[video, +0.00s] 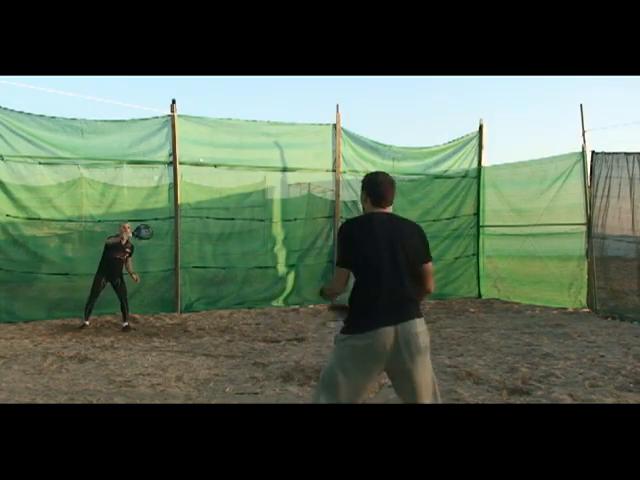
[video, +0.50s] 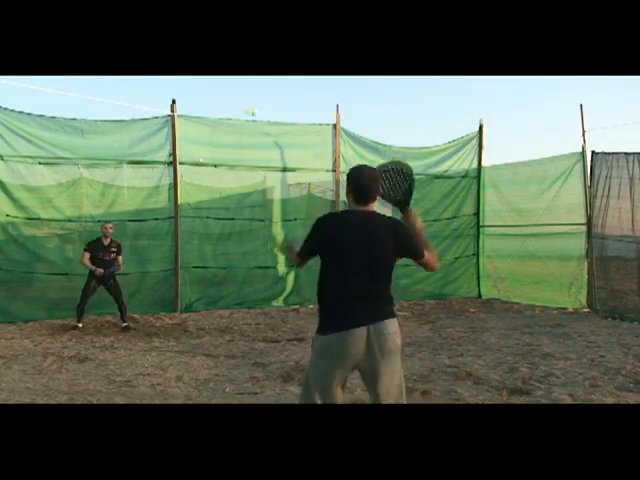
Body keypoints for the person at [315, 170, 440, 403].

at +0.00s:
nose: (361, 199)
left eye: (362, 195)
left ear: (365, 197)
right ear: (392, 199)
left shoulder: (350, 228)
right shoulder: (412, 229)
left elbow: (338, 286)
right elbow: (428, 285)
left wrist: (326, 291)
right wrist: (404, 300)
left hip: (367, 333)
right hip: (412, 331)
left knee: (330, 397)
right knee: (424, 399)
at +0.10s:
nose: (359, 198)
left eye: (360, 195)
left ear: (362, 197)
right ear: (390, 199)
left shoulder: (346, 229)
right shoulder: (409, 230)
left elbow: (324, 281)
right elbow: (426, 286)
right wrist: (405, 298)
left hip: (359, 334)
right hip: (406, 332)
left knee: (328, 399)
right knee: (421, 399)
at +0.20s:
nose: (354, 195)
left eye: (354, 191)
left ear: (356, 194)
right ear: (384, 196)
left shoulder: (337, 227)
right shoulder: (401, 229)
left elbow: (310, 272)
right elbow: (422, 286)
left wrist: (330, 231)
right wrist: (401, 296)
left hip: (346, 332)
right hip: (393, 330)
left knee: (320, 398)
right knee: (412, 399)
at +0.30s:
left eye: (350, 184)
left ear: (349, 187)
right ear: (378, 189)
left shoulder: (330, 218)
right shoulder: (393, 223)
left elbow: (303, 256)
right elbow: (421, 278)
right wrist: (396, 280)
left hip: (337, 325)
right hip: (385, 323)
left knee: (322, 396)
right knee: (402, 397)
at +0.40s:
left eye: (348, 183)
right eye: (375, 182)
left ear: (347, 186)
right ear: (376, 187)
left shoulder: (326, 218)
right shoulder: (390, 222)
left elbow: (301, 250)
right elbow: (426, 269)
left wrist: (313, 224)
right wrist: (419, 261)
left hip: (336, 327)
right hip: (383, 325)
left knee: (322, 397)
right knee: (396, 397)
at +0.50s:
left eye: (349, 187)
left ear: (348, 192)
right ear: (378, 194)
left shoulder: (328, 224)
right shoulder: (392, 227)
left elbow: (299, 259)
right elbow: (431, 263)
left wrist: (290, 251)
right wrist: (416, 229)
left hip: (337, 333)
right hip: (384, 331)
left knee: (320, 398)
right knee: (390, 398)